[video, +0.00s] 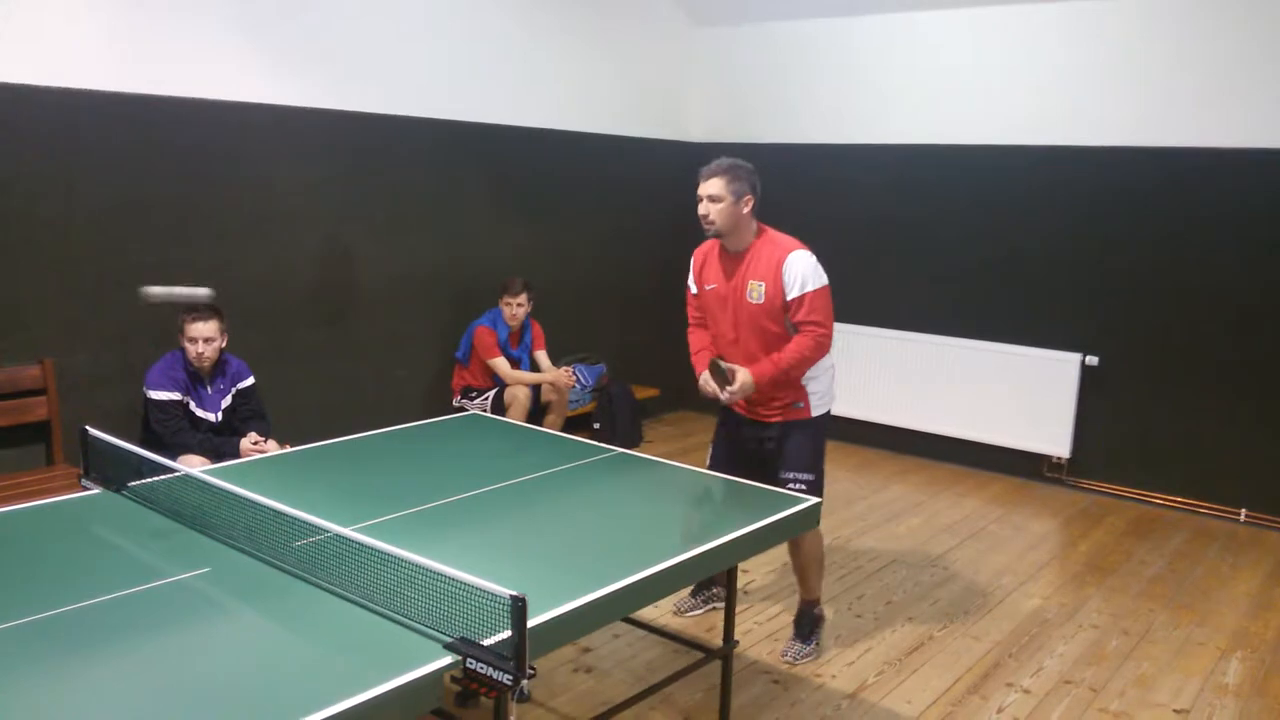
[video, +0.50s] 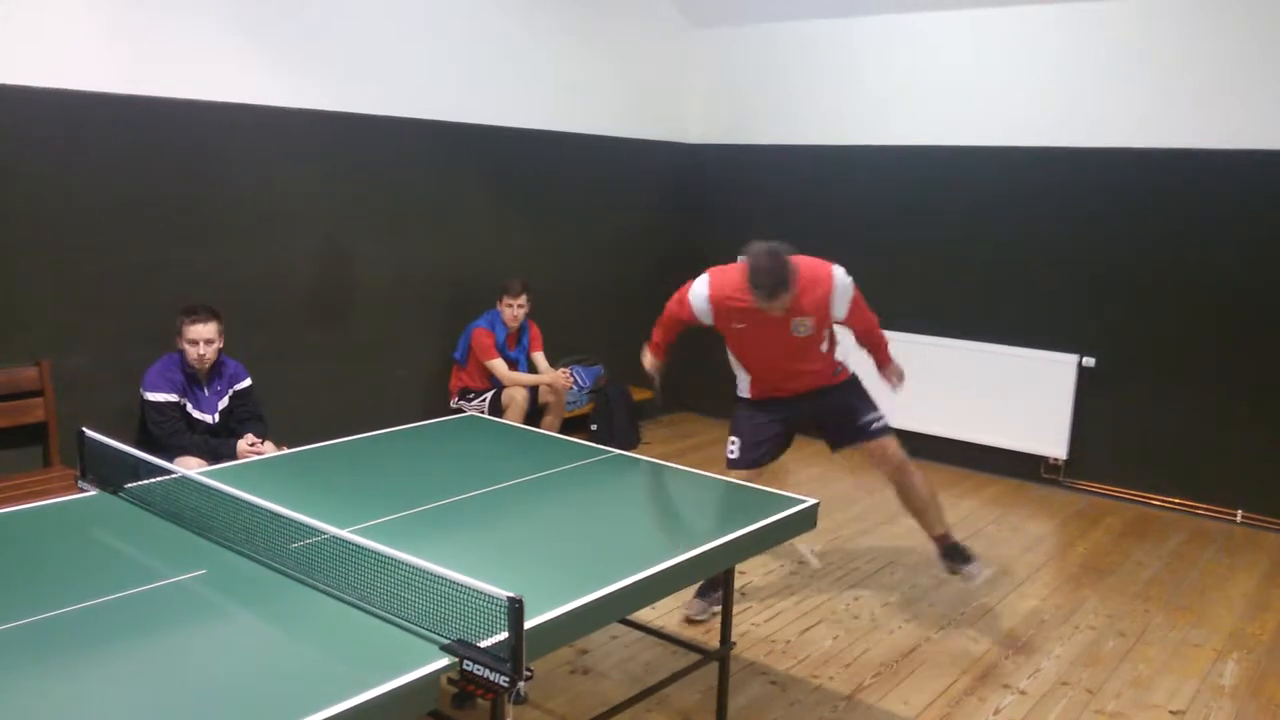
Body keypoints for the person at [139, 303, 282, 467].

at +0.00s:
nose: (200, 350)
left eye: (208, 341)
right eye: (192, 341)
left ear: (223, 341)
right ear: (182, 341)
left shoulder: (236, 370)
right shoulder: (162, 377)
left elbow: (252, 419)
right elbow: (175, 439)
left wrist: (253, 439)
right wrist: (235, 448)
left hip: (227, 450)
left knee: (271, 449)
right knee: (196, 465)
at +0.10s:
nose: (200, 350)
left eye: (208, 341)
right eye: (192, 341)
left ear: (224, 341)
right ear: (182, 341)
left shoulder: (237, 370)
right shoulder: (163, 378)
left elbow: (253, 418)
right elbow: (176, 439)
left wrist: (254, 439)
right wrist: (236, 448)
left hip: (228, 449)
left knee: (272, 448)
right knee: (197, 465)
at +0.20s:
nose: (199, 350)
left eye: (207, 342)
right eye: (191, 342)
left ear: (223, 342)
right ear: (181, 342)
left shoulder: (236, 371)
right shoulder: (162, 378)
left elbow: (252, 418)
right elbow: (175, 440)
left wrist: (252, 438)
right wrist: (235, 449)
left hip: (227, 449)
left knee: (271, 449)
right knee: (196, 467)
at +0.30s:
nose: (198, 351)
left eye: (206, 342)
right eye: (190, 343)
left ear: (222, 342)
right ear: (180, 342)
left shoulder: (235, 372)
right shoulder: (160, 379)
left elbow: (251, 420)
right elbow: (173, 441)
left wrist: (251, 440)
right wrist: (233, 449)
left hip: (226, 450)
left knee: (269, 450)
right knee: (195, 467)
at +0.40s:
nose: (198, 352)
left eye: (207, 343)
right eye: (190, 343)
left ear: (221, 343)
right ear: (179, 343)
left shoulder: (234, 372)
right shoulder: (160, 378)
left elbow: (250, 420)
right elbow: (172, 441)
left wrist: (251, 440)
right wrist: (232, 449)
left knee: (269, 450)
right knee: (193, 467)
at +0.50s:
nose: (201, 352)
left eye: (209, 343)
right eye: (193, 343)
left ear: (221, 342)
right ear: (179, 343)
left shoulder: (234, 372)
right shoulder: (159, 379)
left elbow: (249, 420)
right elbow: (172, 441)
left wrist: (249, 438)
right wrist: (232, 449)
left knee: (269, 450)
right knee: (193, 467)